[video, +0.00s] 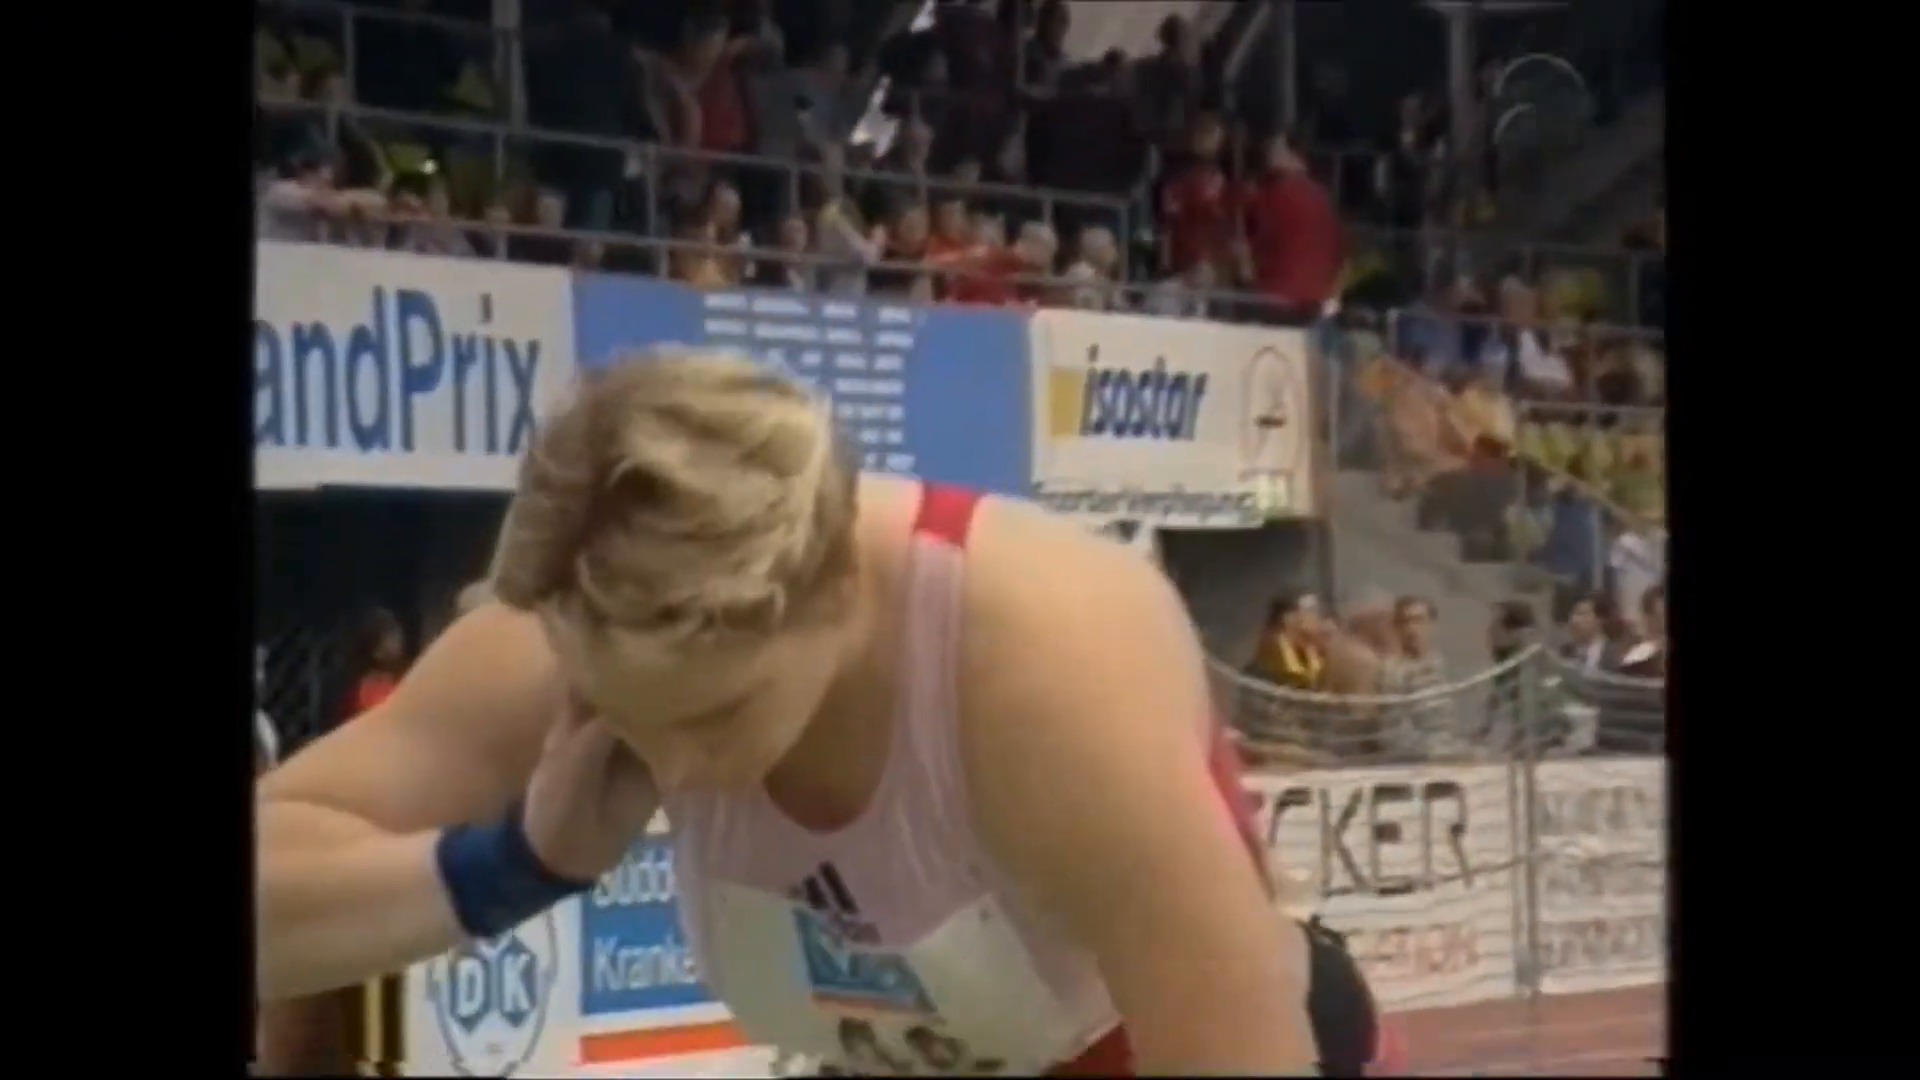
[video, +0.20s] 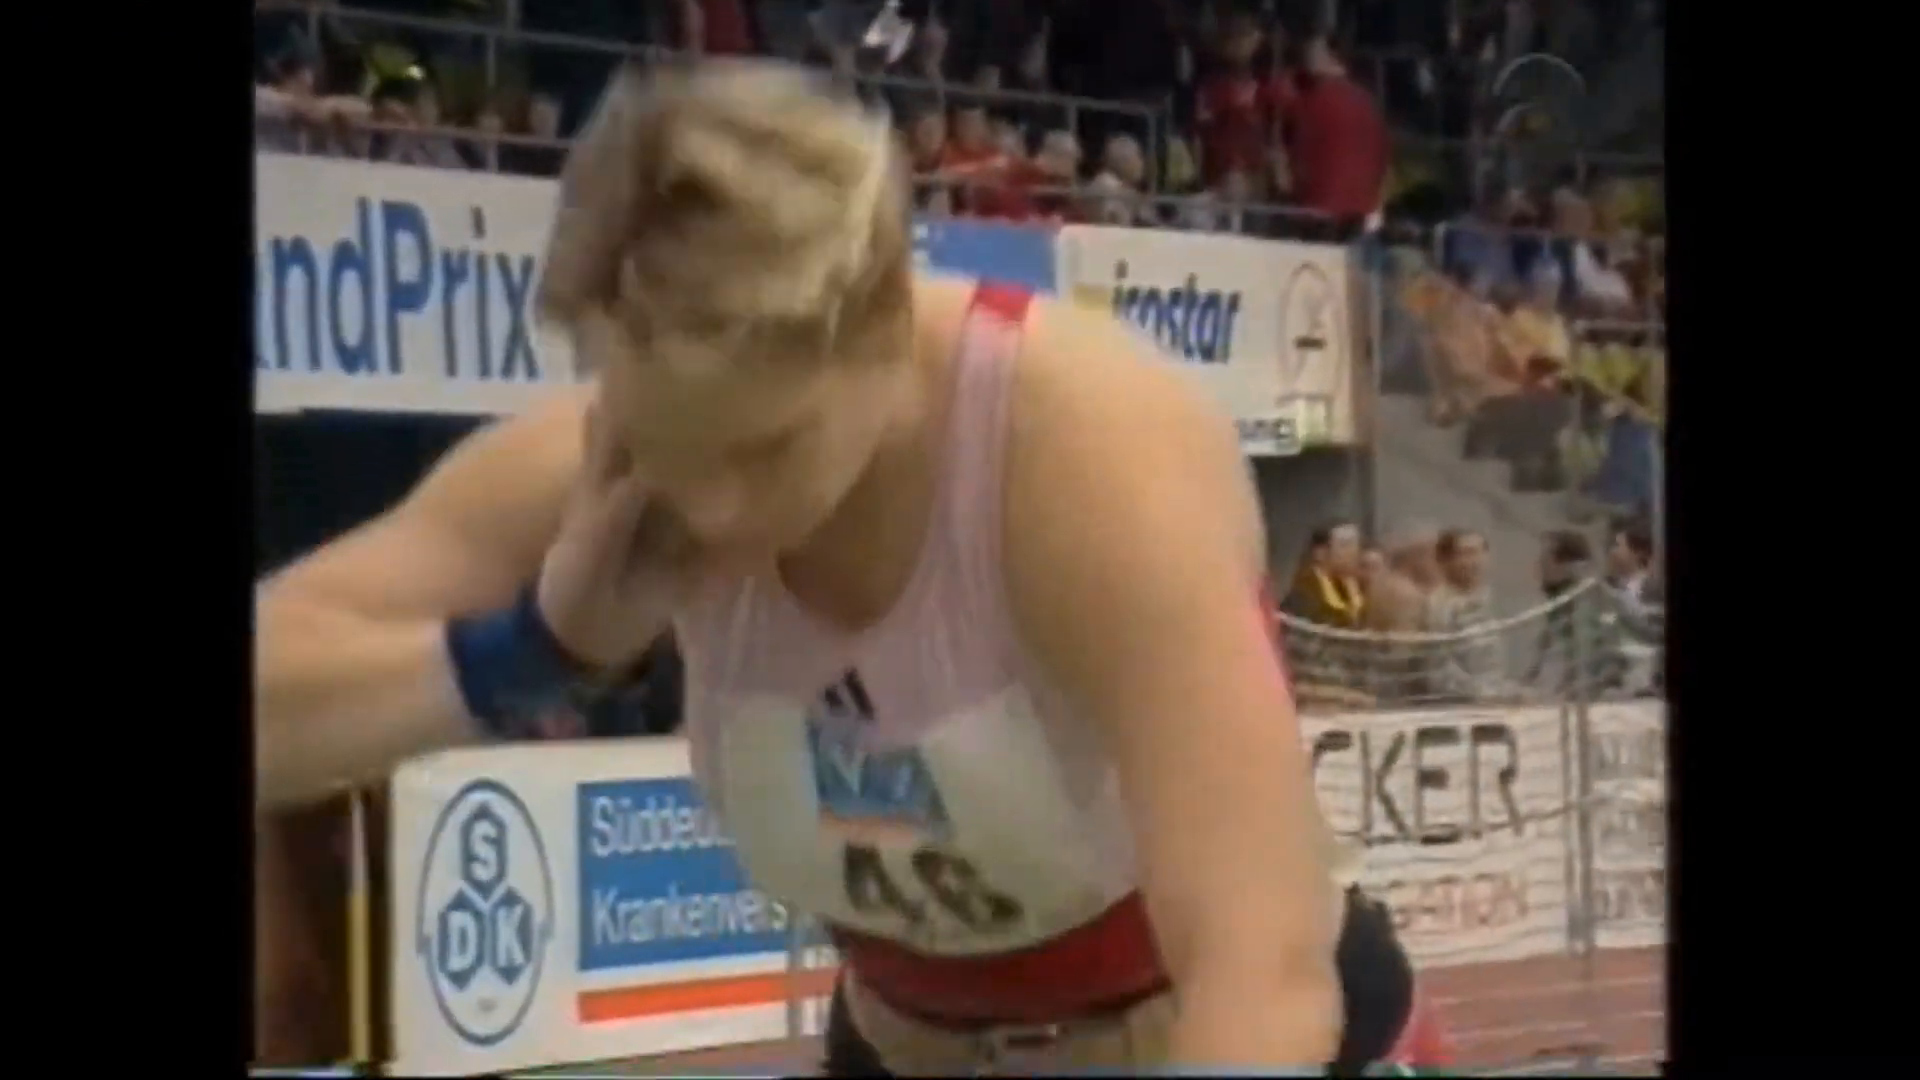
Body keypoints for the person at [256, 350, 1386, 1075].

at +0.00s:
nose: (680, 764)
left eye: (716, 718)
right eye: (632, 721)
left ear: (828, 602)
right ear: (577, 637)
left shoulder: (1047, 647)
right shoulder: (568, 646)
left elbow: (1246, 1052)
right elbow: (256, 893)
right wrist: (514, 863)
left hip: (1153, 1036)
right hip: (861, 1043)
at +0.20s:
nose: (712, 510)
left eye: (762, 456)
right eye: (664, 457)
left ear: (884, 348)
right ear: (608, 382)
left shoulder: (1099, 441)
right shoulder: (585, 458)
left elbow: (1265, 976)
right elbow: (255, 706)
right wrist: (530, 664)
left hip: (1189, 1021)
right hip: (906, 1037)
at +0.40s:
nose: (783, 293)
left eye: (842, 235)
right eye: (729, 235)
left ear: (980, 122)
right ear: (671, 165)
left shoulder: (1173, 253)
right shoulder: (625, 291)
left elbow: (1306, 816)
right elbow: (260, 504)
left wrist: (1175, 1069)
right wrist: (568, 444)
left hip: (1240, 1001)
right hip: (900, 1022)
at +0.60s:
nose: (837, 380)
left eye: (898, 317)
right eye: (784, 318)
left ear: (1039, 189)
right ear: (729, 229)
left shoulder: (1253, 309)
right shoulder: (674, 316)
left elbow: (1375, 957)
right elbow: (269, 548)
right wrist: (624, 528)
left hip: (1303, 1014)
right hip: (962, 1021)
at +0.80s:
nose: (893, 781)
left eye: (947, 730)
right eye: (841, 727)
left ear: (1079, 590)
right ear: (765, 616)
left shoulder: (1315, 651)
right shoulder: (699, 613)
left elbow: (1452, 1057)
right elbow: (327, 976)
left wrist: (1135, 1071)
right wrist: (731, 924)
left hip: (1430, 1025)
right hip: (1084, 1010)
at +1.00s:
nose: (889, 1071)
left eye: (953, 1048)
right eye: (833, 1046)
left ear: (1067, 956)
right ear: (781, 929)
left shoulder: (1318, 963)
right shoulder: (680, 876)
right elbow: (455, 1058)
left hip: (1511, 957)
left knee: (1620, 1028)